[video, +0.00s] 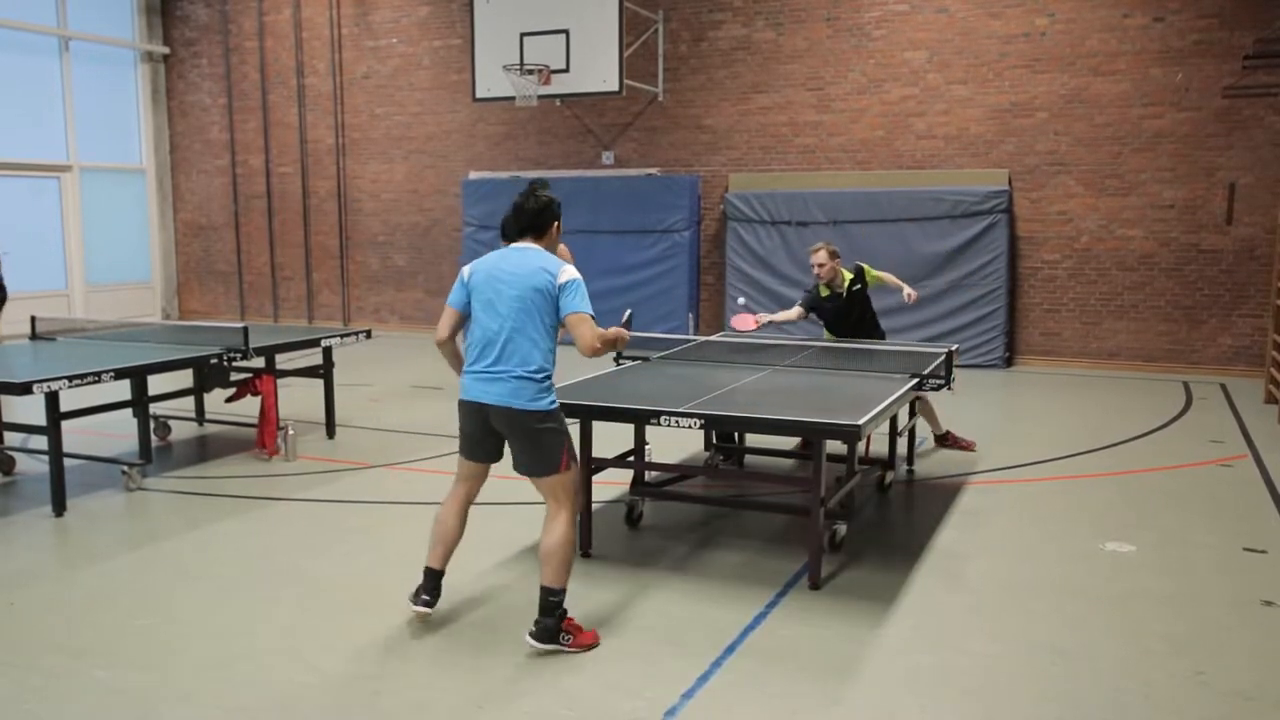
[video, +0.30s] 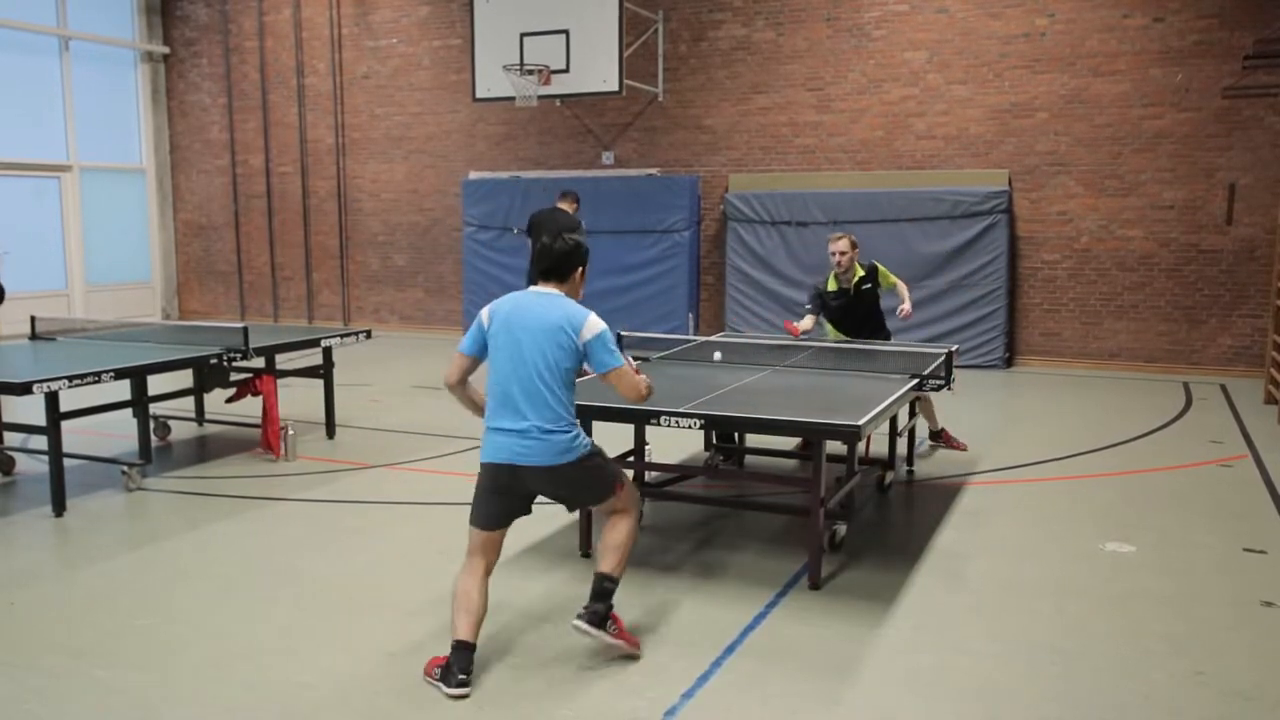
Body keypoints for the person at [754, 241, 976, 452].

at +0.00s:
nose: (816, 272)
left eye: (820, 266)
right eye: (813, 267)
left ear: (836, 263)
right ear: (813, 270)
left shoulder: (857, 273)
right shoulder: (816, 294)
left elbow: (882, 278)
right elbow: (796, 313)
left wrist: (904, 287)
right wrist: (769, 317)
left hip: (877, 349)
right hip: (840, 354)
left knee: (915, 390)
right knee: (821, 392)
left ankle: (941, 435)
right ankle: (809, 439)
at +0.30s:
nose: (837, 259)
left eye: (842, 253)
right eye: (833, 255)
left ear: (854, 253)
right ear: (828, 257)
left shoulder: (872, 271)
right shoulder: (822, 289)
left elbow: (897, 284)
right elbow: (810, 319)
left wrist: (906, 302)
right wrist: (799, 328)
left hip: (881, 349)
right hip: (844, 352)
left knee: (918, 385)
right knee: (818, 388)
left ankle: (936, 432)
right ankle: (810, 438)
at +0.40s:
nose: (853, 254)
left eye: (859, 248)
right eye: (849, 249)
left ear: (871, 249)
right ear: (845, 252)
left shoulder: (890, 269)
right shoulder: (839, 281)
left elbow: (919, 289)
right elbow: (829, 314)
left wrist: (916, 305)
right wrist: (817, 324)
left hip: (894, 350)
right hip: (856, 352)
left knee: (927, 386)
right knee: (826, 388)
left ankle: (937, 433)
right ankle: (810, 439)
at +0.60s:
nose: (868, 237)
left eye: (873, 231)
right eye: (864, 232)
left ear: (886, 231)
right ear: (860, 234)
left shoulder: (908, 250)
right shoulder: (858, 262)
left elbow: (935, 276)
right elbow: (851, 292)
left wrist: (919, 298)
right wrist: (841, 308)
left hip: (909, 325)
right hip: (873, 324)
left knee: (931, 375)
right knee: (848, 366)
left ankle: (940, 429)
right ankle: (858, 428)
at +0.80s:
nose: (870, 256)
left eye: (875, 250)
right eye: (866, 251)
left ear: (887, 249)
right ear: (862, 253)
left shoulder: (906, 265)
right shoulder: (859, 276)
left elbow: (936, 288)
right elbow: (843, 307)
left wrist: (911, 307)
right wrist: (846, 327)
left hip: (912, 337)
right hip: (875, 335)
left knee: (940, 379)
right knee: (853, 377)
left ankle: (961, 429)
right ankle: (861, 432)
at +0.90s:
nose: (868, 271)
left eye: (872, 265)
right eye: (863, 266)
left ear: (884, 263)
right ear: (859, 267)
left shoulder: (902, 276)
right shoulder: (858, 290)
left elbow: (928, 300)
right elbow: (841, 320)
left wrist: (899, 314)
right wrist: (843, 343)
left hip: (914, 341)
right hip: (878, 343)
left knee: (942, 383)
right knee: (863, 386)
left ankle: (961, 430)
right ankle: (862, 440)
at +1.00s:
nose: (852, 271)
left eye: (856, 265)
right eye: (848, 267)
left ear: (870, 263)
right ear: (846, 268)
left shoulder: (889, 277)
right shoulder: (850, 291)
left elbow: (896, 307)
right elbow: (844, 321)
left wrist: (858, 317)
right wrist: (822, 342)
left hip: (912, 341)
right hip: (878, 344)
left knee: (941, 385)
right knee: (859, 384)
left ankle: (961, 430)